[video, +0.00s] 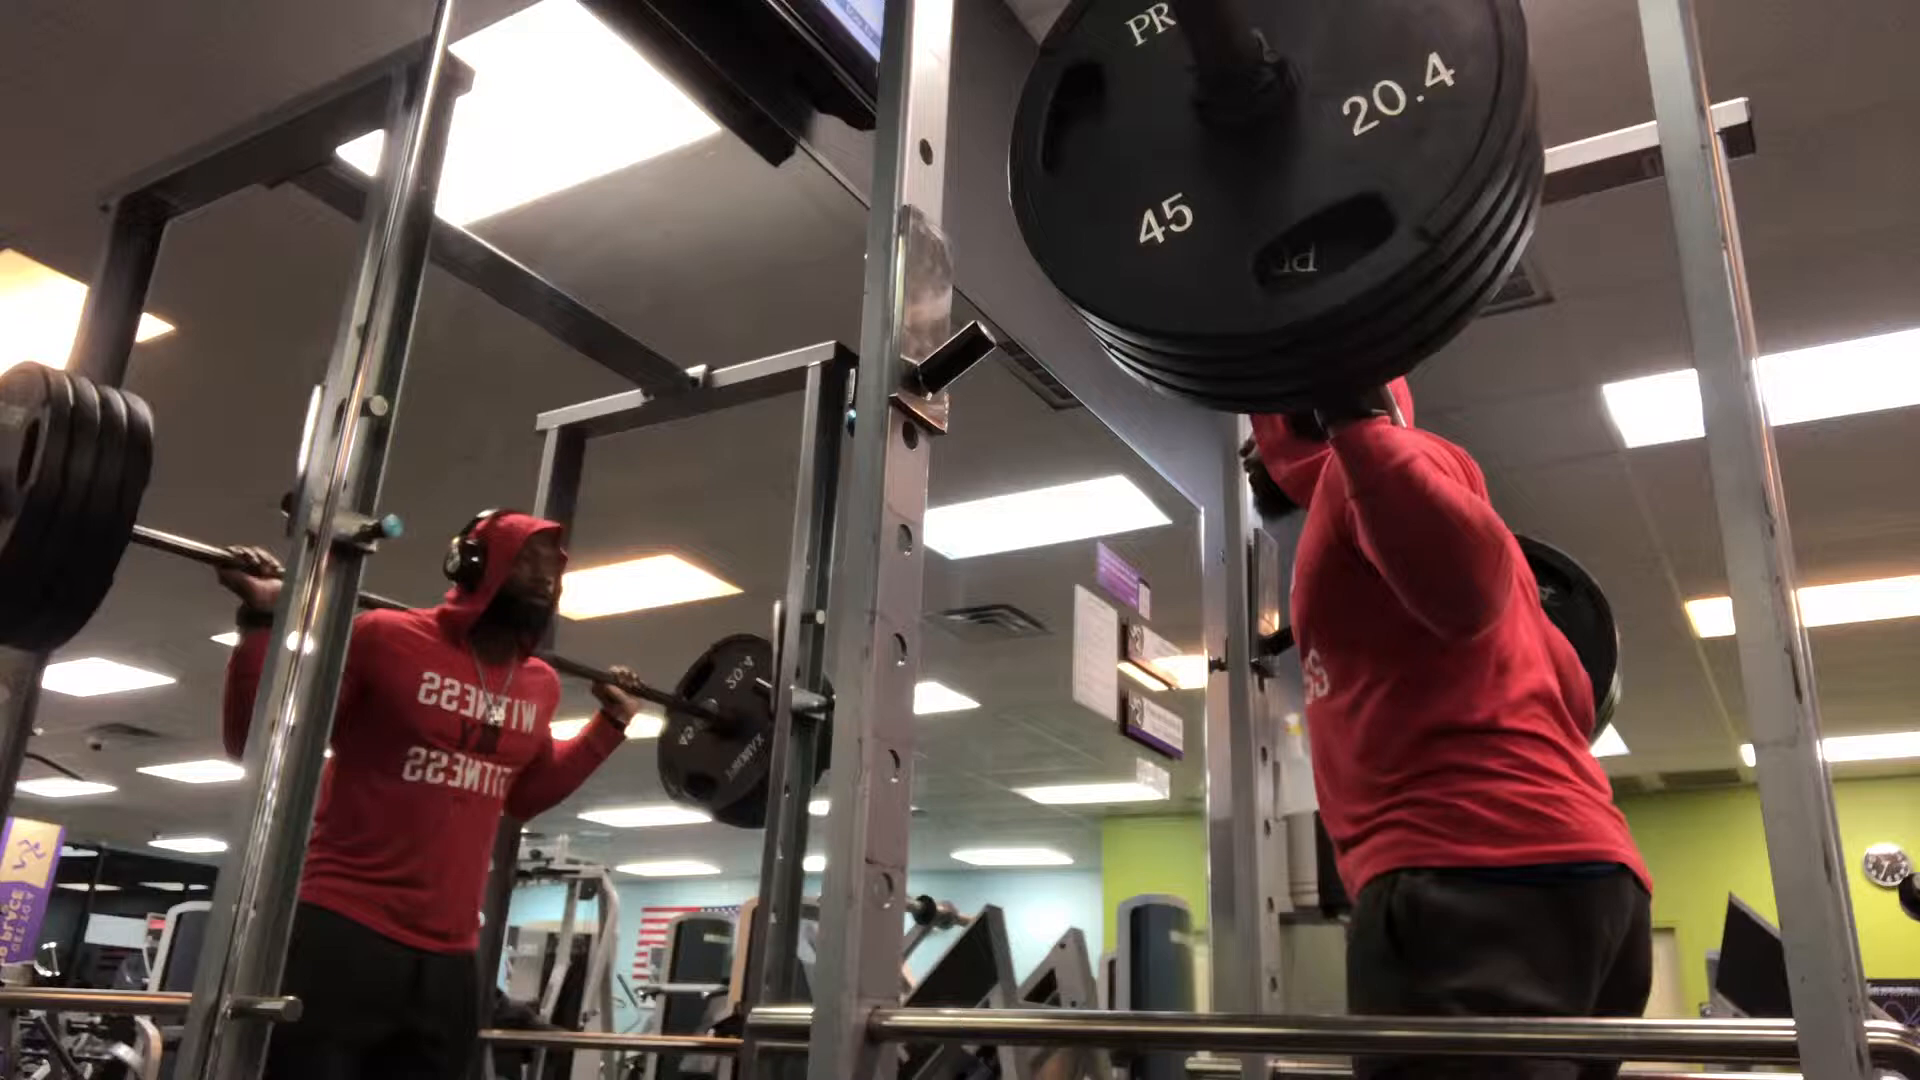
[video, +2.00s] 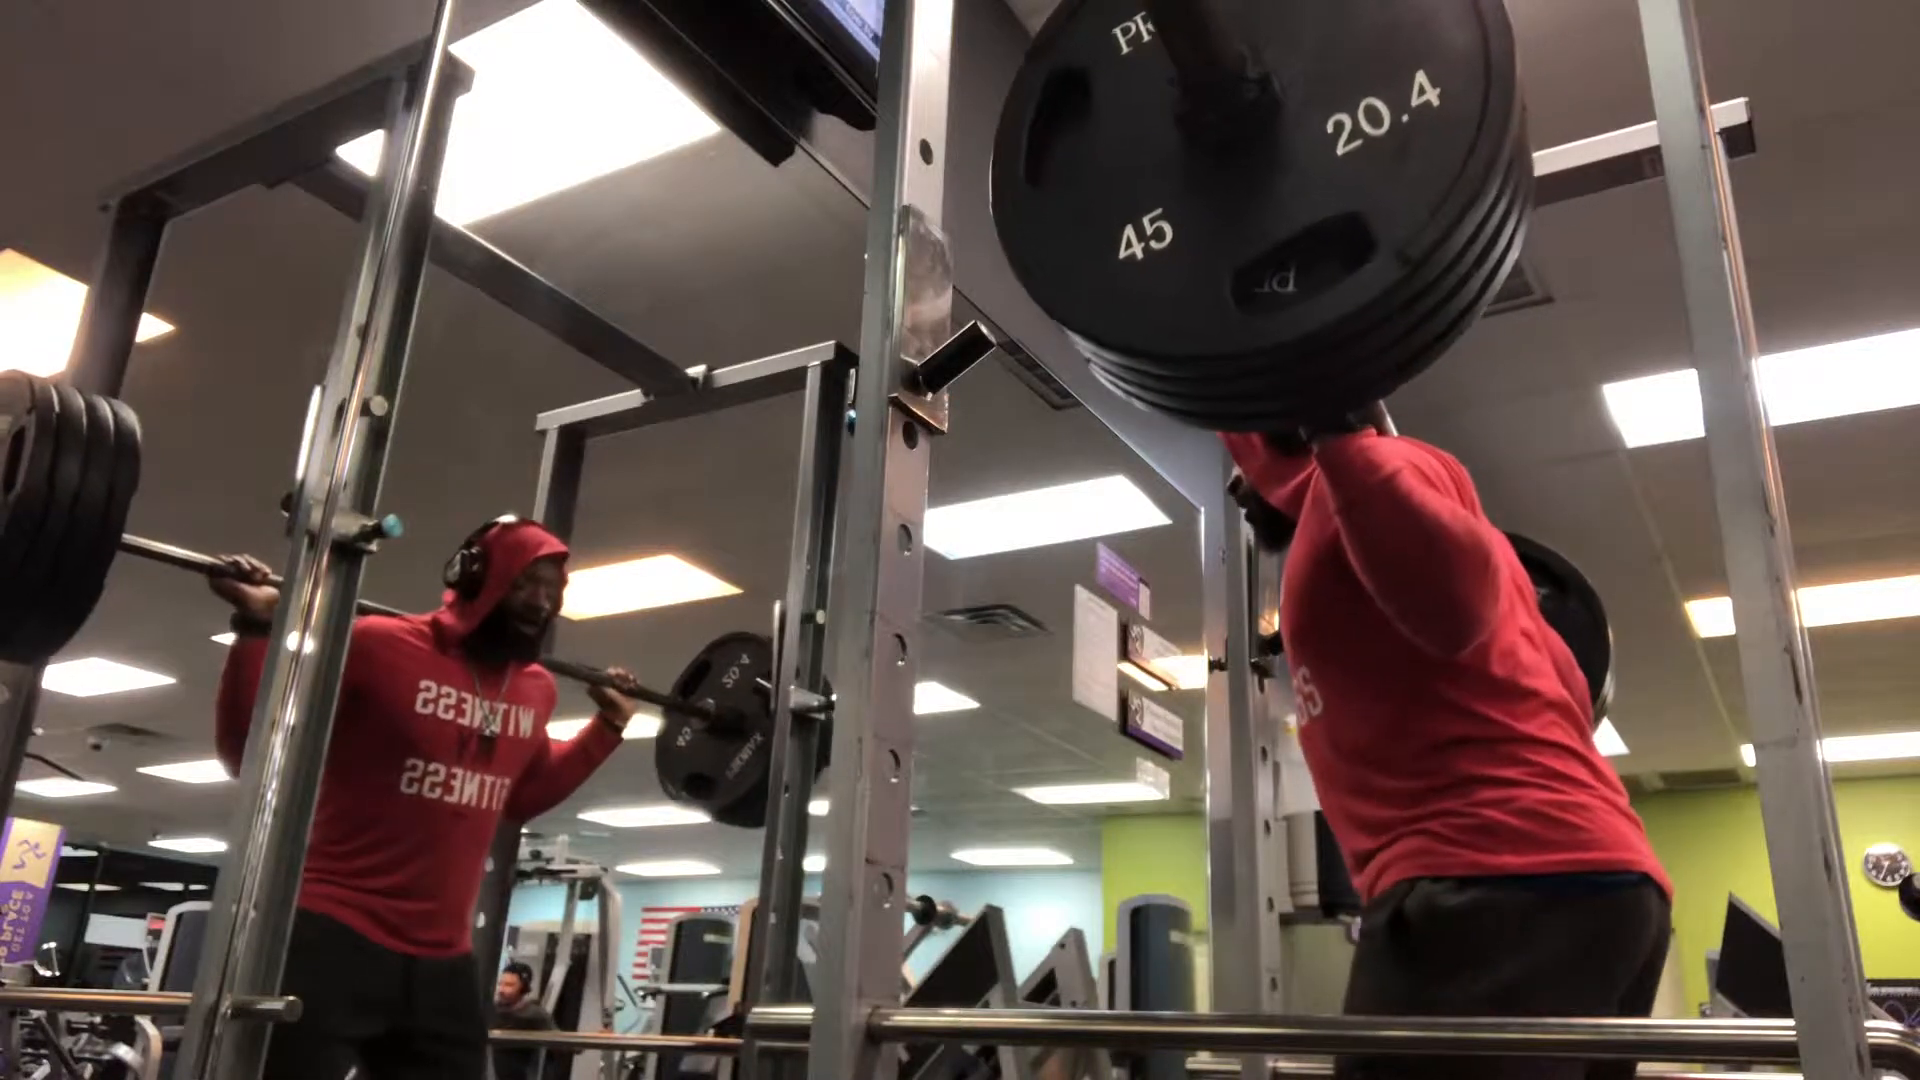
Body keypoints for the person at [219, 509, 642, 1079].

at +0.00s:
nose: (547, 579)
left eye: (555, 567)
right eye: (531, 562)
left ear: (560, 581)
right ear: (483, 566)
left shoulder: (538, 684)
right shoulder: (381, 636)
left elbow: (524, 796)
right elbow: (249, 742)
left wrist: (608, 724)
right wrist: (262, 620)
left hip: (450, 954)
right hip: (343, 928)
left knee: (435, 1072)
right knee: (314, 1071)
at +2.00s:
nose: (542, 601)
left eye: (553, 588)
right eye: (528, 582)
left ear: (560, 599)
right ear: (482, 578)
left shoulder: (534, 689)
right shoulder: (375, 643)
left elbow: (522, 798)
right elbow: (244, 753)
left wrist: (607, 725)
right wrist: (256, 629)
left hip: (444, 960)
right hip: (332, 934)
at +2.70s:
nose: (546, 661)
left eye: (554, 646)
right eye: (531, 639)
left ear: (557, 656)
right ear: (484, 639)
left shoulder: (530, 753)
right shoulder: (369, 710)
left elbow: (514, 863)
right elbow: (237, 821)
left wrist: (601, 790)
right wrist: (248, 695)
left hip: (426, 999)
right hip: (320, 985)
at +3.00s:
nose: (532, 727)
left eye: (542, 713)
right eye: (516, 707)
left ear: (548, 724)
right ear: (470, 706)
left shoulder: (520, 822)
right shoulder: (359, 783)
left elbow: (505, 929)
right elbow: (227, 899)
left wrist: (594, 858)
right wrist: (242, 772)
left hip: (410, 1051)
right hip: (305, 1040)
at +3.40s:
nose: (520, 805)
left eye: (531, 791)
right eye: (505, 786)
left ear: (540, 801)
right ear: (457, 783)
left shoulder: (512, 892)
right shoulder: (344, 862)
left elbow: (498, 1004)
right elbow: (224, 981)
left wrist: (585, 928)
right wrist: (226, 853)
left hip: (407, 1073)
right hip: (302, 1066)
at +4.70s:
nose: (529, 738)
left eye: (540, 722)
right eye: (513, 716)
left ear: (547, 734)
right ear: (467, 718)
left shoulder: (523, 829)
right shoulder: (358, 795)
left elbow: (511, 932)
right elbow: (223, 918)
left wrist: (601, 862)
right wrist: (242, 778)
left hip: (417, 1049)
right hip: (314, 1037)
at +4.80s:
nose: (532, 699)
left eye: (544, 686)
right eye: (516, 680)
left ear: (553, 699)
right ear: (471, 681)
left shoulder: (528, 795)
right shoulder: (365, 759)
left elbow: (515, 904)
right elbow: (233, 869)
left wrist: (606, 832)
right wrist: (247, 747)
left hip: (427, 1028)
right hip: (321, 1017)